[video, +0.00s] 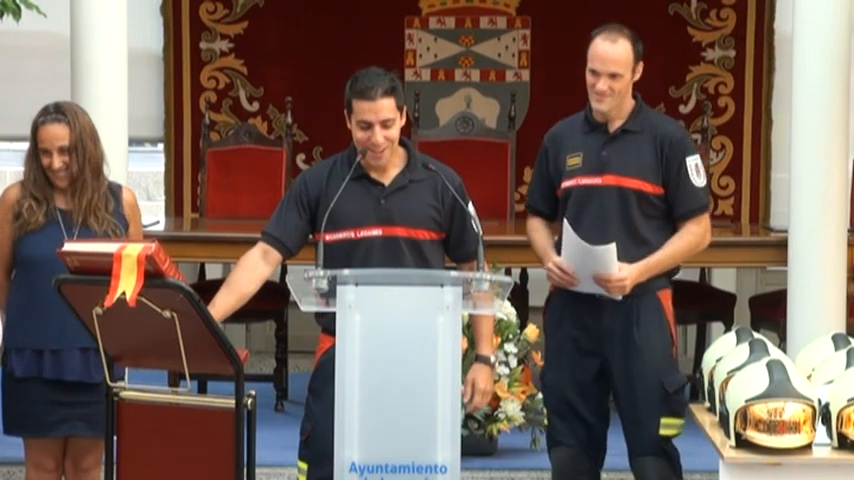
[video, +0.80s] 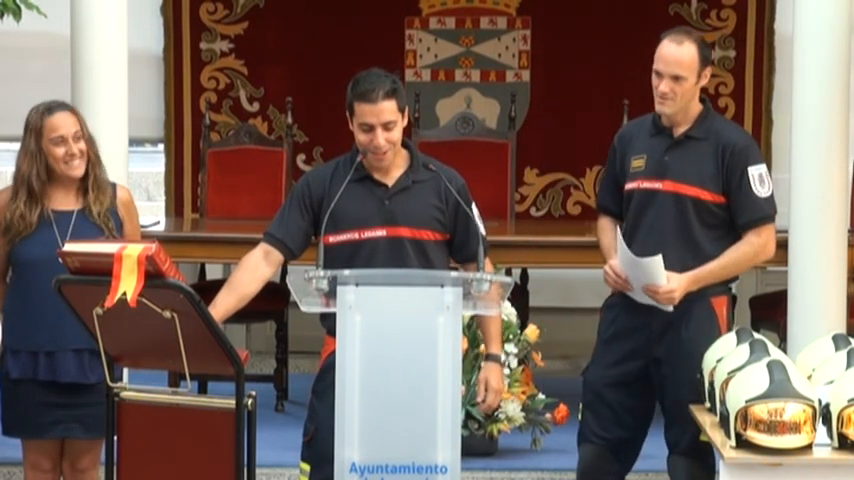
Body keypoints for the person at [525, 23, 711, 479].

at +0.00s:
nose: (601, 86)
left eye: (613, 75)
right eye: (594, 73)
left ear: (636, 74)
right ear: (584, 71)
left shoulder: (670, 139)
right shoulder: (560, 139)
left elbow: (698, 230)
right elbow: (537, 216)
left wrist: (639, 272)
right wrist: (548, 256)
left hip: (639, 314)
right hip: (570, 313)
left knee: (651, 451)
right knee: (571, 452)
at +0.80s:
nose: (662, 87)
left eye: (675, 78)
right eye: (658, 75)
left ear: (703, 80)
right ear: (651, 73)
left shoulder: (735, 146)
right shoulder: (630, 138)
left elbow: (762, 243)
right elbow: (607, 214)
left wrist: (689, 282)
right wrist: (613, 258)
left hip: (695, 321)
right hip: (627, 314)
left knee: (691, 455)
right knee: (599, 450)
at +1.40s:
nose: (664, 82)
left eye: (677, 73)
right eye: (660, 70)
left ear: (706, 77)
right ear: (654, 71)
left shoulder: (736, 145)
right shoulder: (634, 140)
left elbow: (763, 243)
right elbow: (611, 216)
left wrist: (688, 278)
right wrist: (613, 254)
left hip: (697, 319)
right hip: (631, 311)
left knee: (691, 454)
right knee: (606, 450)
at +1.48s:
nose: (664, 81)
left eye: (677, 73)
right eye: (660, 70)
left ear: (706, 77)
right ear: (654, 71)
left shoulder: (736, 145)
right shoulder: (634, 140)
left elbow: (763, 242)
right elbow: (612, 216)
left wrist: (688, 278)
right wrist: (613, 255)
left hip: (697, 318)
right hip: (631, 311)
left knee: (691, 454)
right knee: (607, 449)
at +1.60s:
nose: (664, 82)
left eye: (677, 73)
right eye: (660, 70)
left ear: (706, 77)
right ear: (654, 71)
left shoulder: (736, 145)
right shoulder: (634, 140)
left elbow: (763, 242)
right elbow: (612, 216)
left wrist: (687, 278)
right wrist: (613, 255)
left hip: (697, 318)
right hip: (631, 311)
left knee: (691, 454)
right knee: (607, 449)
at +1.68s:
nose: (664, 82)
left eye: (677, 73)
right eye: (660, 70)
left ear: (706, 77)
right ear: (654, 71)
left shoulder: (736, 145)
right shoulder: (634, 140)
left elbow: (763, 243)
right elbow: (612, 217)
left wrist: (687, 278)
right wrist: (613, 255)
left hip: (697, 320)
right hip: (631, 313)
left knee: (692, 457)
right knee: (607, 452)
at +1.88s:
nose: (663, 83)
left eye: (677, 74)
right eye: (659, 71)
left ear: (706, 77)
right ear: (653, 71)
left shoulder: (736, 145)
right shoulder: (634, 140)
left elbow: (763, 243)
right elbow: (612, 216)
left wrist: (687, 278)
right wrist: (614, 257)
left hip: (696, 334)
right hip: (629, 329)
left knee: (692, 466)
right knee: (605, 464)